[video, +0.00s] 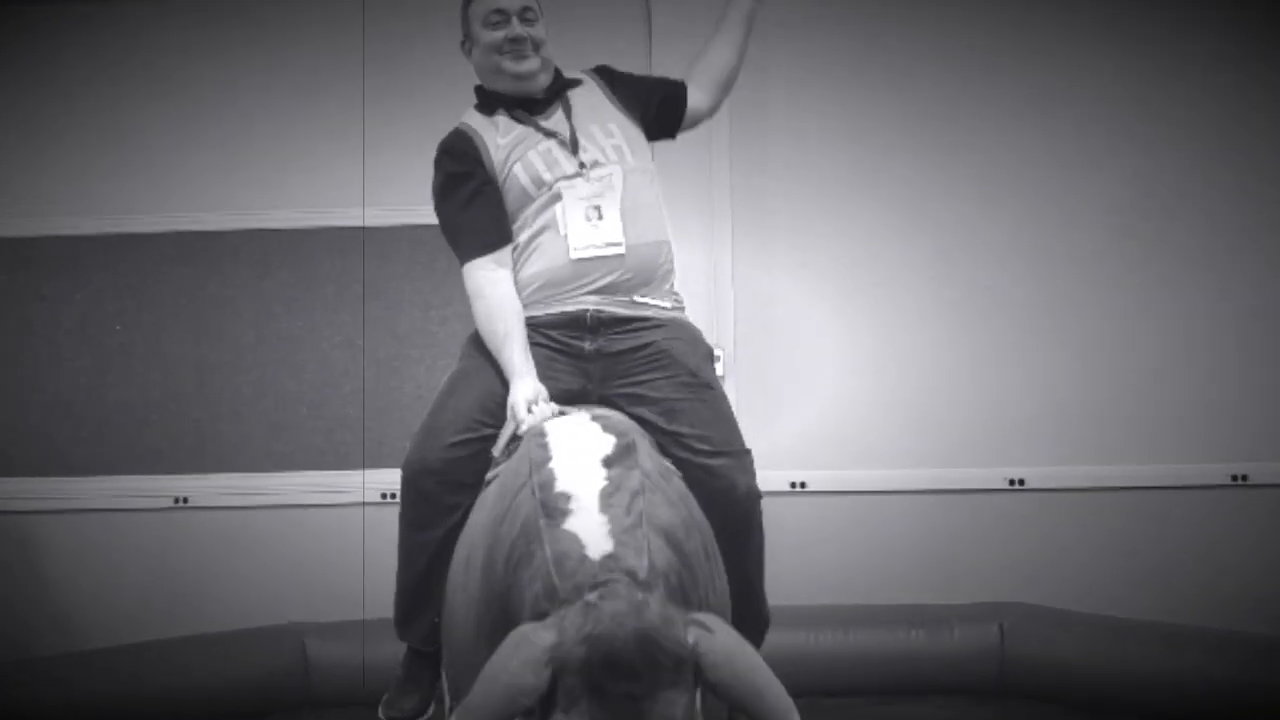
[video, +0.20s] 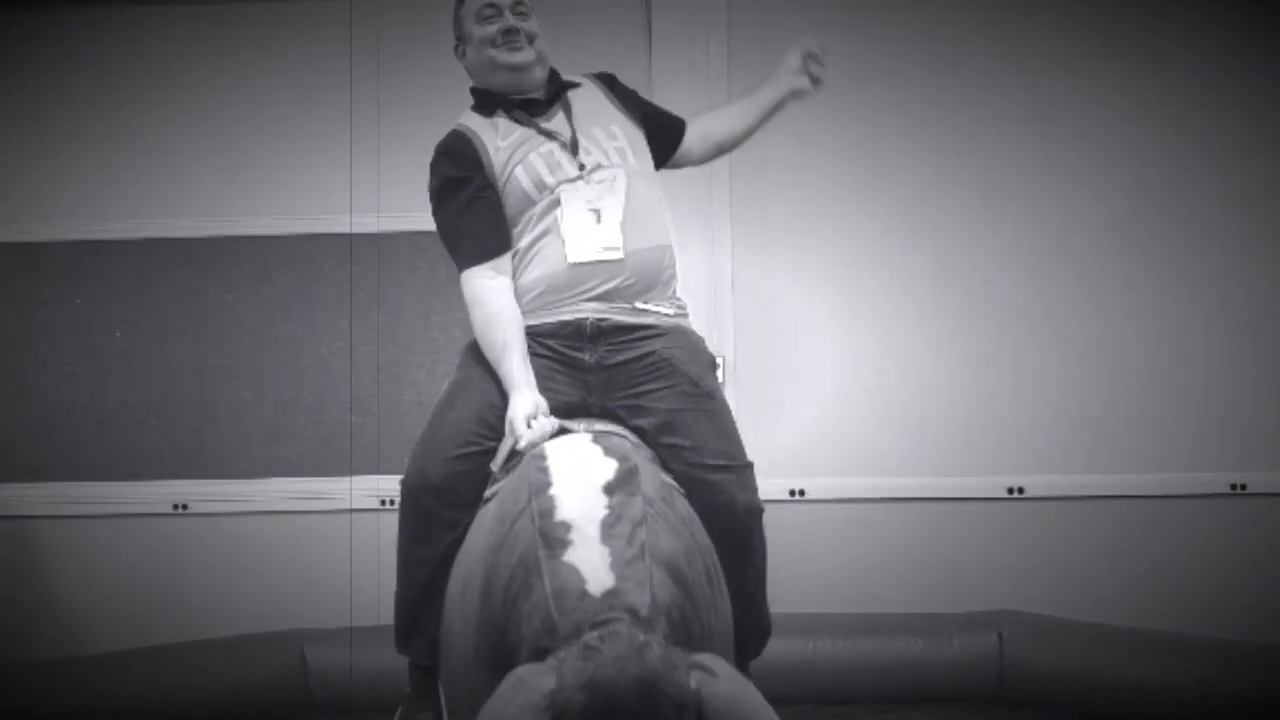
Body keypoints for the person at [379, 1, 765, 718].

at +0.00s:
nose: (517, 30)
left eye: (528, 16)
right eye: (496, 20)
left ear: (546, 28)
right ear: (466, 44)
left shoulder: (612, 91)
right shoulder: (467, 147)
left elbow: (700, 96)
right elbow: (487, 273)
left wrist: (743, 9)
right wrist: (521, 376)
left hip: (650, 331)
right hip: (528, 339)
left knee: (731, 484)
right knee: (431, 470)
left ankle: (741, 662)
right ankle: (421, 663)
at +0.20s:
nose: (510, 20)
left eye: (521, 9)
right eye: (487, 15)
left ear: (544, 30)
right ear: (462, 54)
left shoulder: (605, 95)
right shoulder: (465, 150)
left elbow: (690, 142)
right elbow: (485, 281)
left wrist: (783, 88)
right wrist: (522, 389)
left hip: (652, 338)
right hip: (529, 348)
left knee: (733, 501)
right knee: (432, 482)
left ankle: (732, 675)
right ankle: (426, 680)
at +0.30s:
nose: (512, 21)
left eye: (519, 11)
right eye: (488, 18)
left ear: (540, 31)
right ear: (461, 58)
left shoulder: (604, 96)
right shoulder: (465, 152)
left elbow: (688, 152)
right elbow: (486, 285)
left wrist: (793, 131)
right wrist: (522, 395)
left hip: (655, 343)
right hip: (528, 354)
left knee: (735, 510)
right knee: (433, 491)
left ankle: (733, 684)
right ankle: (428, 687)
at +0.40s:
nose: (507, 20)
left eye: (515, 11)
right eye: (483, 19)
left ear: (537, 34)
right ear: (458, 62)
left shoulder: (605, 98)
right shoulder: (463, 156)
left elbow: (690, 164)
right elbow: (485, 290)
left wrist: (799, 170)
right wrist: (522, 405)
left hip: (657, 352)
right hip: (529, 363)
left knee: (737, 524)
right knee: (432, 500)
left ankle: (739, 689)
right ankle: (426, 690)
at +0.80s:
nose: (503, 41)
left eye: (514, 23)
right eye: (479, 32)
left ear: (540, 39)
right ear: (453, 68)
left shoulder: (619, 111)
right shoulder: (458, 182)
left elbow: (702, 192)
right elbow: (478, 331)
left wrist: (791, 251)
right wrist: (518, 450)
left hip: (660, 394)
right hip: (525, 401)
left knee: (737, 572)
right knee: (421, 541)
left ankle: (751, 709)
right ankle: (412, 707)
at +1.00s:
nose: (498, 62)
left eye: (509, 42)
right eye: (472, 53)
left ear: (539, 58)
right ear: (451, 90)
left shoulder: (619, 120)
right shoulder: (452, 199)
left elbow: (704, 210)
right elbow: (474, 349)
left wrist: (752, 298)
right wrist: (514, 467)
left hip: (656, 413)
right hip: (516, 422)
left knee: (736, 589)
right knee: (415, 563)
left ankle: (750, 715)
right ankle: (408, 713)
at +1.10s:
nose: (495, 74)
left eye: (507, 52)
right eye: (469, 64)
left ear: (538, 66)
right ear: (448, 98)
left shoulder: (619, 127)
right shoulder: (448, 208)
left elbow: (707, 220)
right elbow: (473, 357)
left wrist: (726, 328)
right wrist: (514, 476)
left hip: (658, 419)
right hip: (518, 429)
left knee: (736, 599)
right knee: (413, 572)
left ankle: (749, 718)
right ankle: (409, 715)